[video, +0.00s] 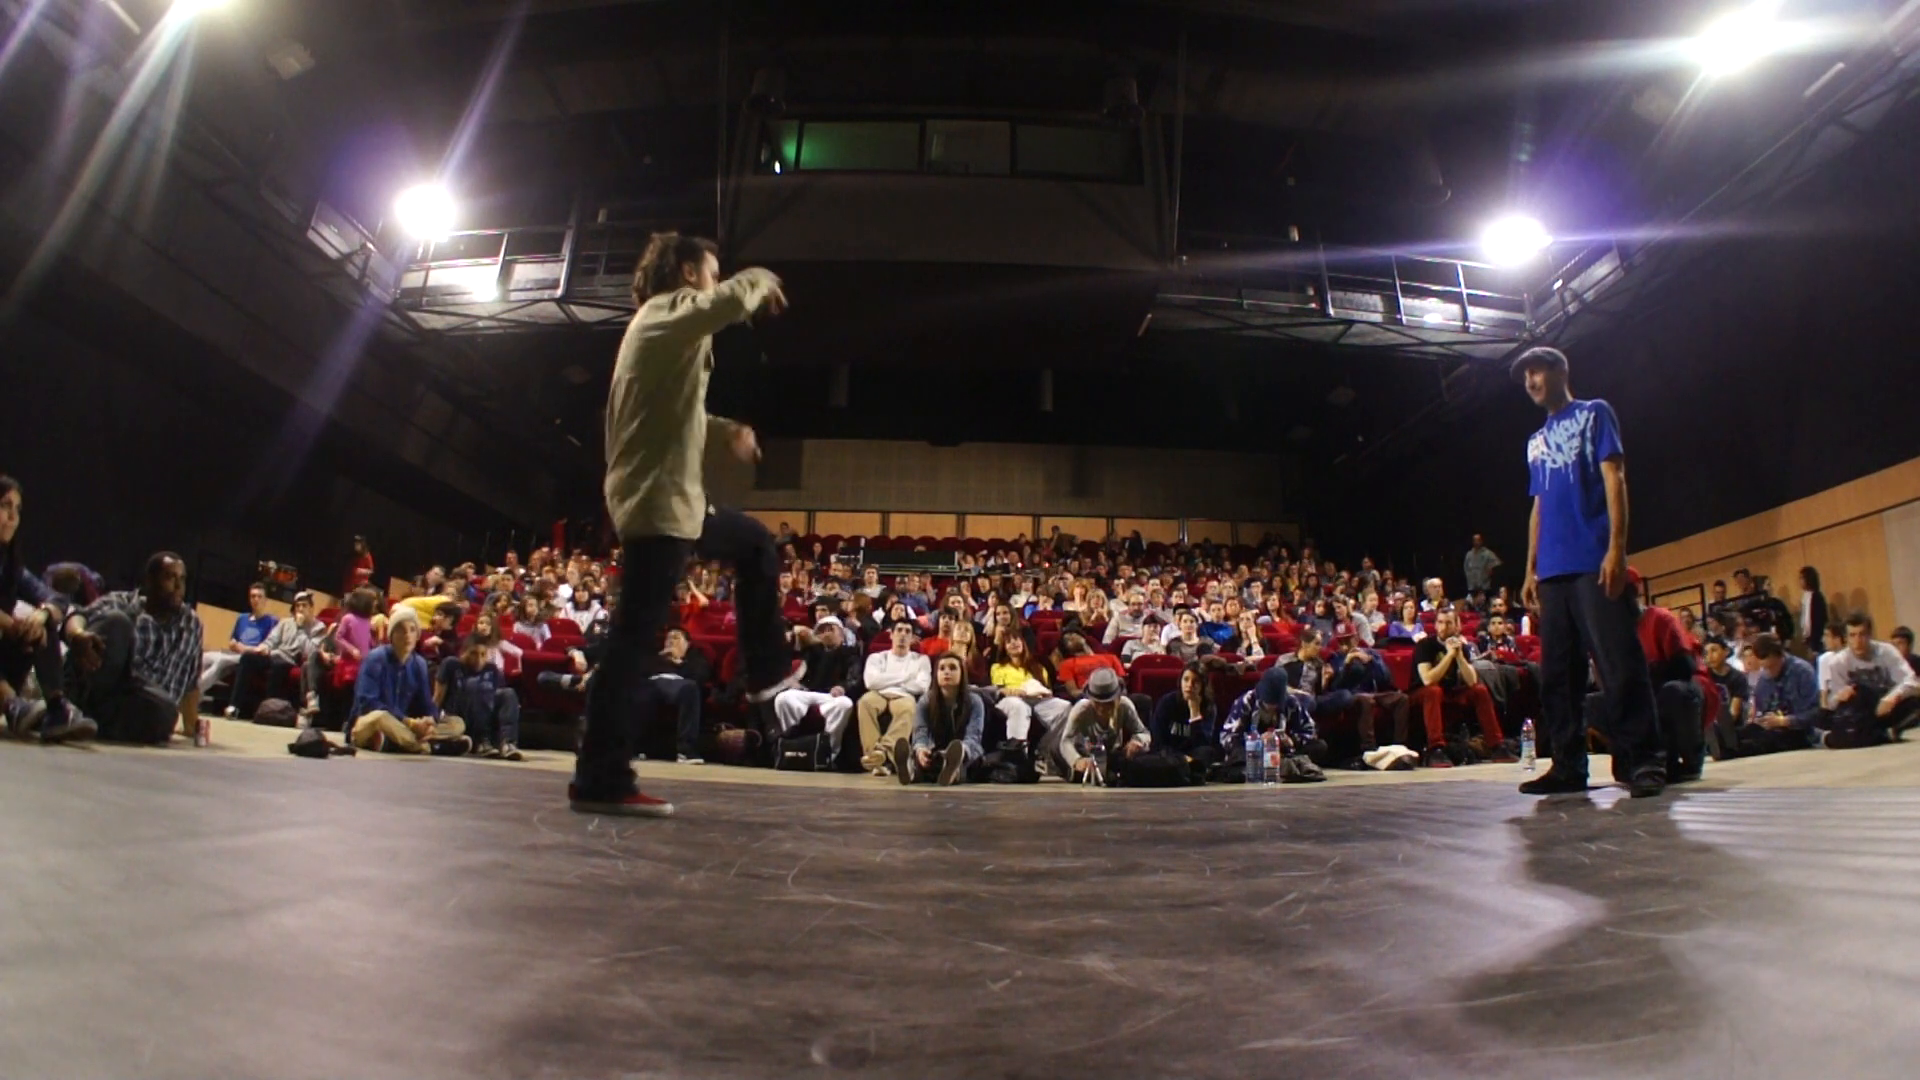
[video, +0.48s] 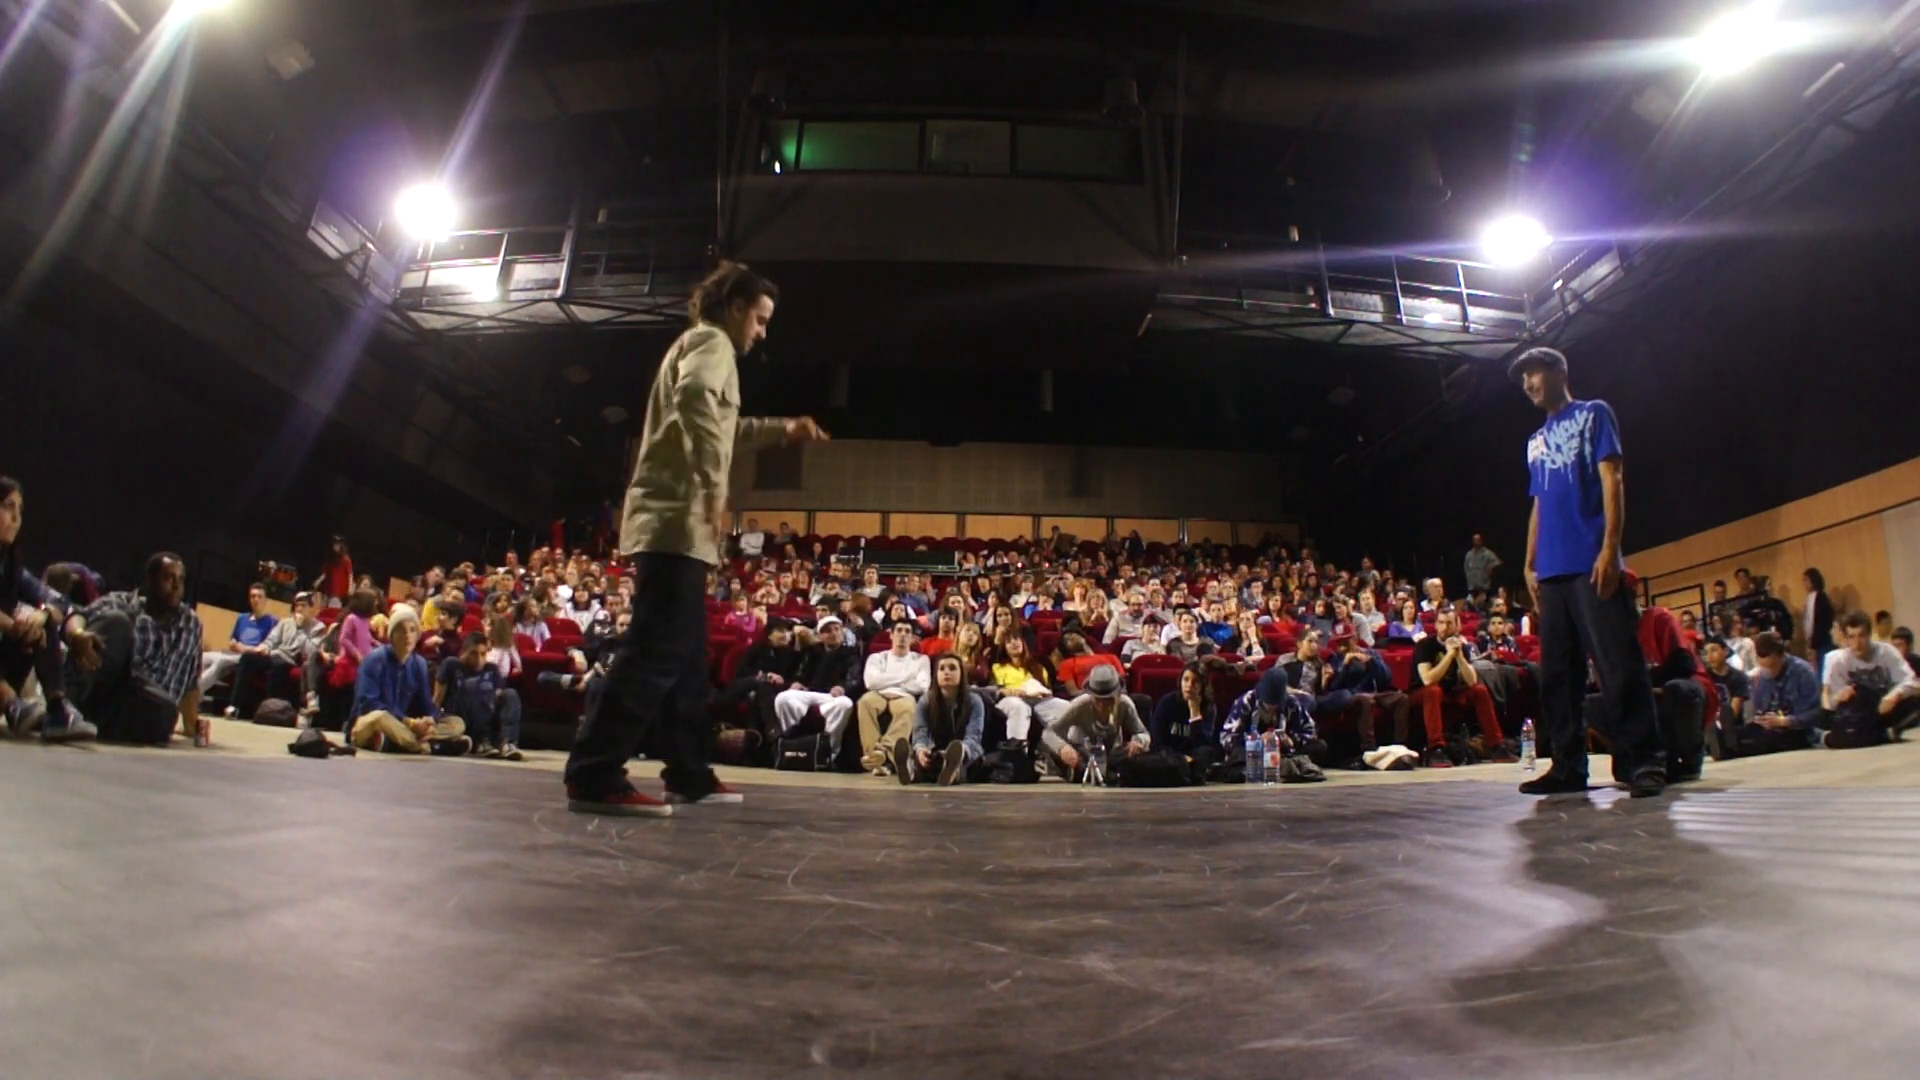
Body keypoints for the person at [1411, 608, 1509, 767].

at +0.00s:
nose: (1443, 627)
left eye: (1448, 623)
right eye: (1440, 623)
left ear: (1456, 626)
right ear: (1435, 625)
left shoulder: (1462, 646)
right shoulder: (1425, 645)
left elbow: (1471, 681)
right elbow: (1427, 678)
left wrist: (1459, 655)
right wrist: (1450, 655)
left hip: (1454, 692)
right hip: (1426, 693)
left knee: (1481, 691)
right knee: (1433, 691)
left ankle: (1497, 745)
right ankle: (1436, 749)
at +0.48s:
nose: (1444, 628)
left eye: (1449, 623)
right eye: (1440, 623)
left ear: (1457, 626)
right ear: (1436, 625)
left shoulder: (1462, 646)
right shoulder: (1425, 645)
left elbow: (1472, 681)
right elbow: (1427, 678)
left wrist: (1459, 655)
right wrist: (1449, 655)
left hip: (1454, 692)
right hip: (1426, 693)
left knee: (1480, 691)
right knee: (1433, 691)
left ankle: (1497, 745)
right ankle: (1436, 749)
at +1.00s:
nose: (1444, 628)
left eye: (1449, 623)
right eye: (1441, 623)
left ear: (1457, 626)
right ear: (1436, 624)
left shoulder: (1462, 646)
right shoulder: (1424, 645)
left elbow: (1472, 681)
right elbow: (1427, 678)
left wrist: (1459, 655)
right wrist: (1449, 655)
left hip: (1454, 691)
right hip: (1428, 692)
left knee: (1480, 691)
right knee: (1433, 691)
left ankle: (1497, 745)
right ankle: (1436, 748)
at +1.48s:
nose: (1445, 627)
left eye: (1450, 623)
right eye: (1441, 623)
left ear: (1457, 625)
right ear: (1436, 625)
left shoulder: (1462, 646)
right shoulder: (1425, 645)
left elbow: (1472, 681)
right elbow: (1427, 678)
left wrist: (1459, 654)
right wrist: (1450, 655)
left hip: (1455, 692)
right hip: (1429, 693)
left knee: (1480, 691)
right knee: (1433, 691)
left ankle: (1497, 745)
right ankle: (1437, 749)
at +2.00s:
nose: (1445, 627)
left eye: (1450, 623)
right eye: (1441, 623)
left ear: (1457, 625)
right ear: (1436, 625)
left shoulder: (1462, 646)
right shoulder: (1424, 645)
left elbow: (1472, 681)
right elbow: (1427, 678)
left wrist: (1459, 655)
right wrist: (1449, 655)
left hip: (1454, 692)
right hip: (1427, 693)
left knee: (1480, 690)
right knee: (1433, 691)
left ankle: (1497, 745)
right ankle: (1436, 749)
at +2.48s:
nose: (1445, 627)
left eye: (1450, 623)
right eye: (1441, 623)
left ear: (1457, 626)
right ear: (1436, 625)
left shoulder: (1462, 646)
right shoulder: (1424, 645)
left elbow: (1472, 681)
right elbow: (1427, 678)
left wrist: (1459, 655)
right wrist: (1449, 655)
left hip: (1455, 691)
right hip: (1429, 693)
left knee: (1480, 690)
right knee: (1433, 691)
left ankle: (1497, 745)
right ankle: (1436, 749)